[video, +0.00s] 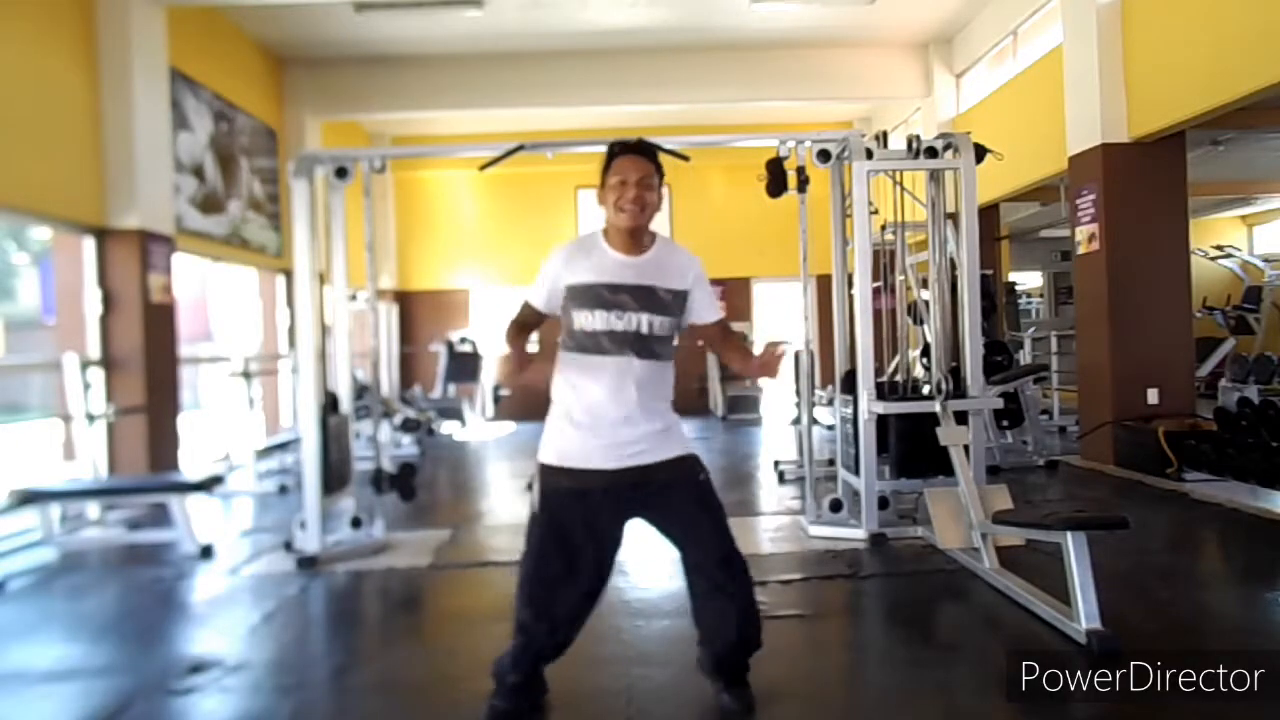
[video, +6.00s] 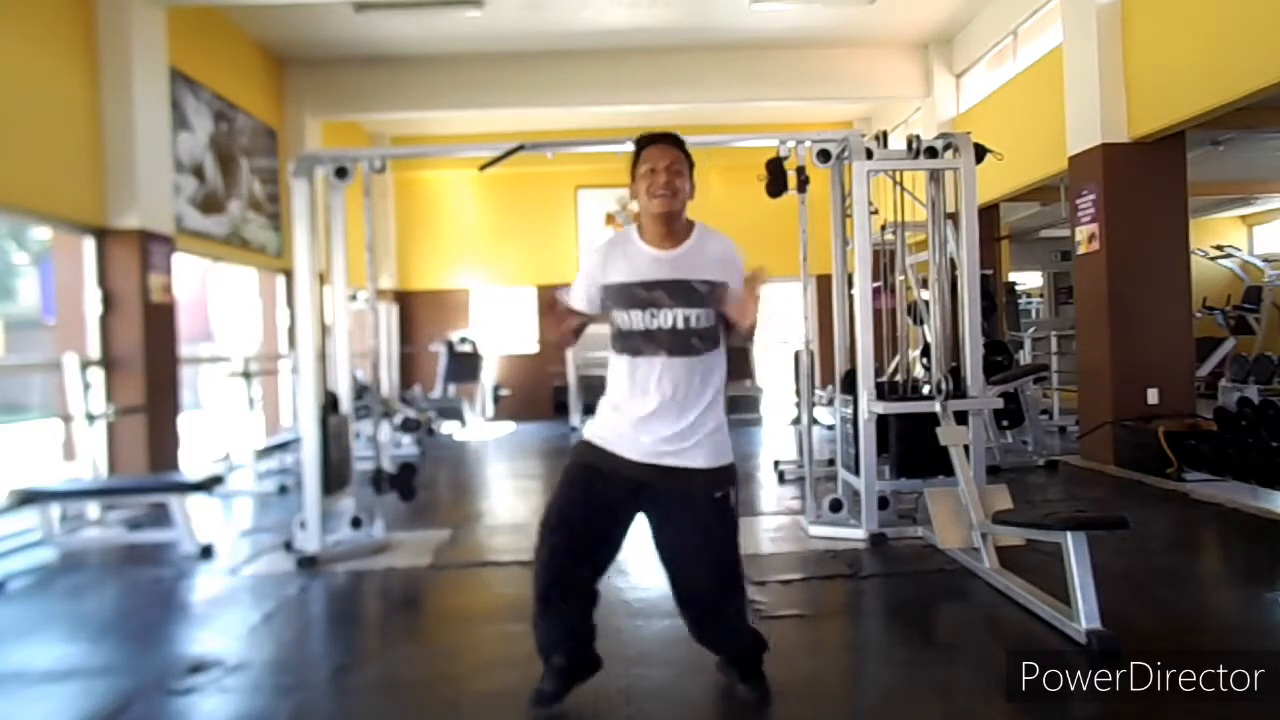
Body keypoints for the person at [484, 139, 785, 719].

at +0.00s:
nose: (633, 194)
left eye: (645, 184)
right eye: (621, 184)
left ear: (659, 196)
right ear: (602, 194)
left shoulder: (683, 267)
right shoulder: (569, 261)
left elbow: (718, 336)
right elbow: (523, 325)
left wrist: (751, 363)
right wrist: (517, 362)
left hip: (660, 449)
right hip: (575, 455)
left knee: (720, 567)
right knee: (549, 589)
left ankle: (730, 670)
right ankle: (515, 689)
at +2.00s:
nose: (610, 216)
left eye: (618, 199)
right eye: (600, 204)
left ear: (659, 179)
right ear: (592, 199)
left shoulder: (724, 250)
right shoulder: (590, 264)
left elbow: (775, 332)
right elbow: (540, 353)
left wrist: (778, 377)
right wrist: (472, 411)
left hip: (700, 486)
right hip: (597, 490)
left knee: (775, 648)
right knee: (561, 672)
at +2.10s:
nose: (610, 212)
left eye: (618, 195)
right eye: (600, 200)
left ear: (658, 174)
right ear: (591, 194)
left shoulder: (726, 238)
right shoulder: (597, 258)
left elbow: (755, 337)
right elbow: (555, 350)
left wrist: (758, 317)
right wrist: (497, 349)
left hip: (711, 492)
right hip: (603, 489)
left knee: (756, 687)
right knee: (551, 680)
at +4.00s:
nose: (668, 132)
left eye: (683, 120)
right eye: (651, 123)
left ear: (704, 142)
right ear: (630, 148)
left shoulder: (738, 223)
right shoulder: (595, 235)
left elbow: (762, 328)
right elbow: (552, 334)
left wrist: (783, 324)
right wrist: (490, 352)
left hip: (731, 497)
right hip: (611, 494)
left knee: (774, 696)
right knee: (546, 686)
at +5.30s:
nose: (673, 172)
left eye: (686, 159)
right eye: (660, 159)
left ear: (703, 169)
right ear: (639, 166)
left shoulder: (724, 246)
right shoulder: (604, 232)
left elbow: (736, 342)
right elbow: (561, 300)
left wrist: (788, 349)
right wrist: (577, 325)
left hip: (709, 452)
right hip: (617, 456)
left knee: (749, 602)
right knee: (585, 616)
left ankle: (779, 701)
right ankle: (575, 708)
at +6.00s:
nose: (663, 180)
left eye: (675, 171)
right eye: (651, 172)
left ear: (692, 183)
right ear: (633, 186)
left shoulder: (720, 254)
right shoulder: (609, 254)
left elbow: (737, 332)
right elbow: (570, 326)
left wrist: (745, 318)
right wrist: (558, 325)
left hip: (695, 446)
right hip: (615, 438)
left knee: (708, 583)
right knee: (560, 554)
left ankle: (742, 659)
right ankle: (566, 658)